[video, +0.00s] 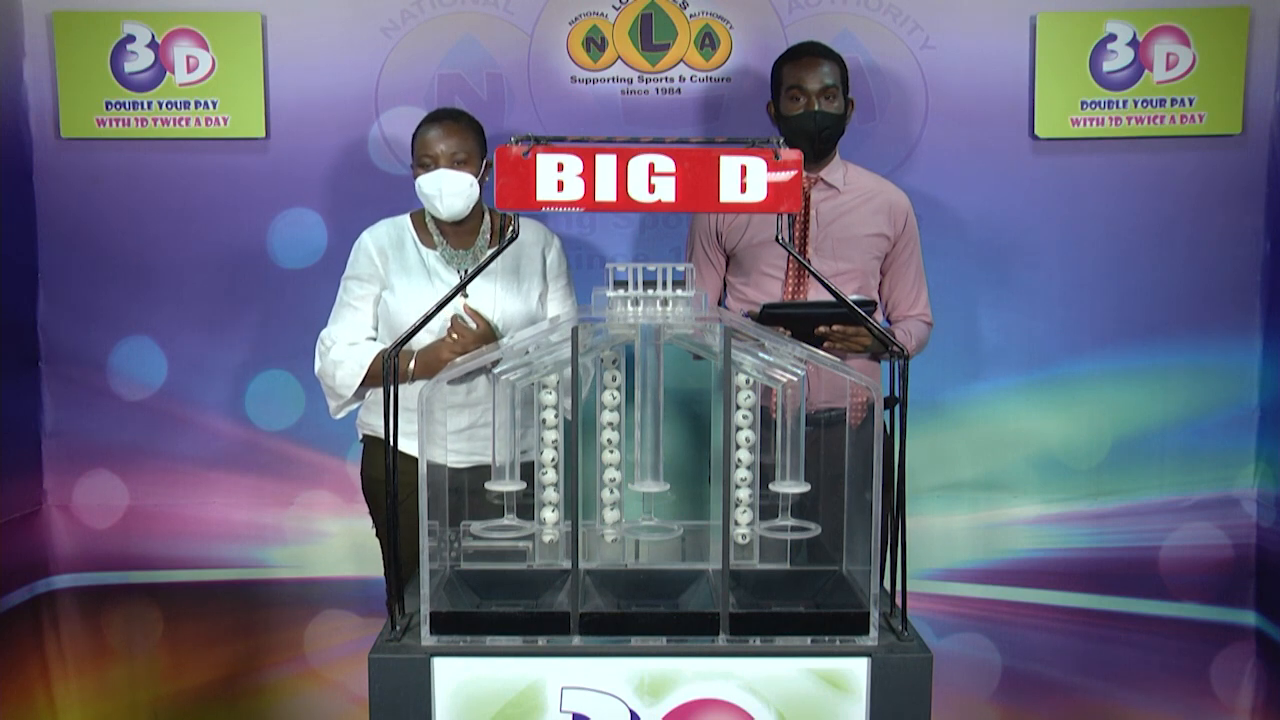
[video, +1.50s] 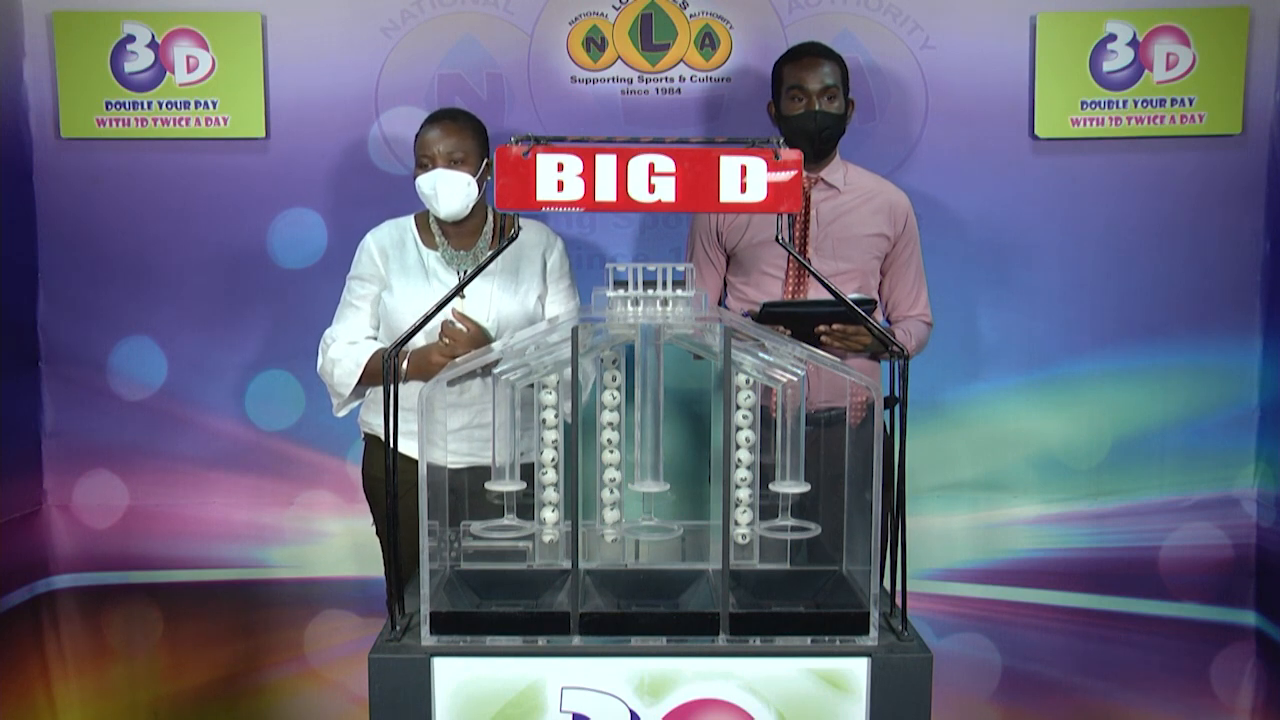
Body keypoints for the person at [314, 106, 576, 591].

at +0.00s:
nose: (445, 179)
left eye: (459, 163)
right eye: (430, 166)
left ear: (483, 166)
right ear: (415, 171)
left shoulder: (537, 246)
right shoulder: (379, 246)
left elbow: (566, 354)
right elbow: (336, 360)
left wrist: (500, 352)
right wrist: (417, 362)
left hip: (507, 461)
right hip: (405, 461)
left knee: (502, 617)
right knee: (416, 616)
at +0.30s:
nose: (442, 177)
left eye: (456, 161)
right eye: (427, 164)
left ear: (480, 166)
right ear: (412, 171)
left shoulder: (535, 244)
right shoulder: (378, 247)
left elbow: (566, 349)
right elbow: (336, 360)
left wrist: (500, 351)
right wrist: (423, 362)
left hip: (506, 460)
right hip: (405, 460)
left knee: (502, 612)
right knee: (416, 611)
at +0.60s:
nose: (442, 178)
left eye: (456, 163)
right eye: (427, 165)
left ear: (480, 167)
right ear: (412, 172)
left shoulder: (535, 245)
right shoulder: (378, 247)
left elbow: (565, 349)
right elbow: (337, 362)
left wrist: (500, 354)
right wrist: (428, 360)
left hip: (507, 461)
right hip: (405, 461)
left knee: (502, 616)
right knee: (416, 615)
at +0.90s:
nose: (441, 179)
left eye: (455, 163)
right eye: (427, 165)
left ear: (481, 167)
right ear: (413, 172)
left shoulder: (537, 246)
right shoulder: (379, 248)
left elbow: (566, 352)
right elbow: (336, 361)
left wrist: (495, 355)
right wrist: (417, 362)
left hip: (505, 462)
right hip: (404, 462)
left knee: (500, 613)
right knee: (414, 612)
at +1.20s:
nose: (441, 177)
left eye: (455, 161)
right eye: (428, 164)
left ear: (482, 167)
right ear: (414, 173)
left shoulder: (538, 247)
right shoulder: (381, 248)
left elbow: (567, 356)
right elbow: (337, 359)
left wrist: (493, 356)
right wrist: (412, 361)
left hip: (506, 464)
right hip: (404, 464)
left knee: (500, 617)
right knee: (415, 614)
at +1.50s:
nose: (440, 178)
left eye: (455, 163)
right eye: (427, 165)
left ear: (484, 167)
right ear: (415, 171)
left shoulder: (539, 247)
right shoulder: (383, 247)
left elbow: (568, 360)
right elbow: (337, 359)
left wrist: (493, 358)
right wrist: (416, 362)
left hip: (506, 465)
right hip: (403, 465)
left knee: (499, 619)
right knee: (414, 616)